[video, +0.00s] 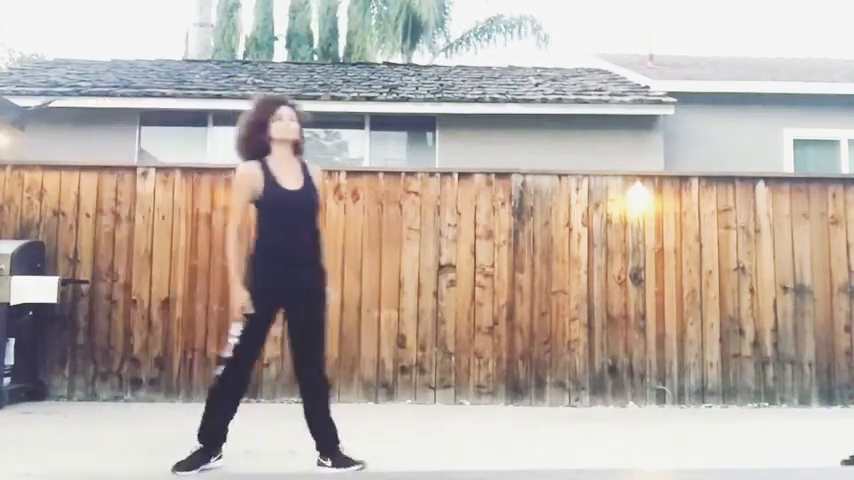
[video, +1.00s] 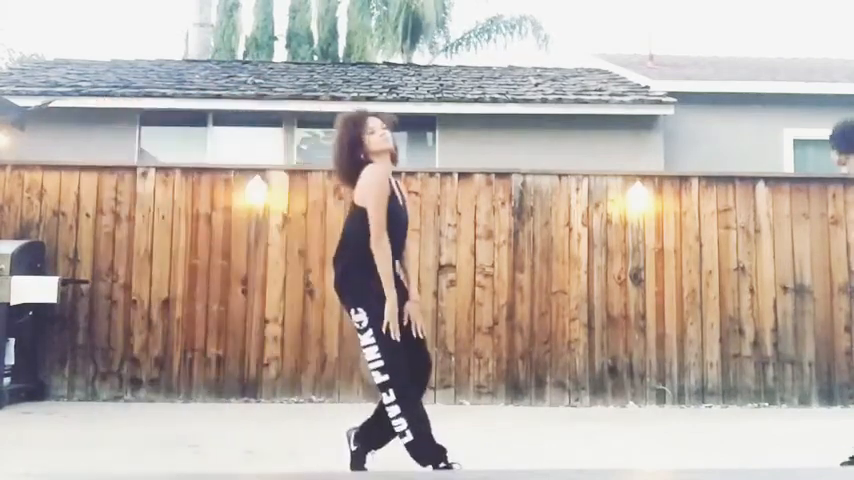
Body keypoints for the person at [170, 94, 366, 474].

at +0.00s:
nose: (288, 124)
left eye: (292, 119)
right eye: (280, 119)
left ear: (300, 128)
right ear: (264, 128)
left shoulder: (309, 170)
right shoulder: (251, 172)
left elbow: (313, 229)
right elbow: (235, 231)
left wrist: (319, 276)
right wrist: (237, 286)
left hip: (307, 279)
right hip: (266, 279)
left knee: (312, 367)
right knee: (238, 363)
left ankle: (328, 450)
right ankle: (210, 444)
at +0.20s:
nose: (323, 125)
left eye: (325, 120)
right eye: (314, 120)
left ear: (328, 128)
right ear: (297, 128)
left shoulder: (335, 170)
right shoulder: (286, 172)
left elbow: (339, 225)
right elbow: (260, 227)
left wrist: (361, 257)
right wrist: (294, 265)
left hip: (344, 275)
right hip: (309, 278)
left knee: (340, 366)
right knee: (295, 367)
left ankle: (333, 451)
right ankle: (255, 442)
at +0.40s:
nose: (344, 127)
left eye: (346, 122)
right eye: (335, 122)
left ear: (348, 129)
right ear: (318, 130)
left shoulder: (352, 170)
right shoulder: (308, 169)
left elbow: (356, 217)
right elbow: (278, 217)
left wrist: (369, 240)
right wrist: (325, 232)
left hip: (364, 272)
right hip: (334, 274)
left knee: (358, 357)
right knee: (363, 352)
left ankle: (336, 449)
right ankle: (361, 443)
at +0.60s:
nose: (358, 131)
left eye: (359, 126)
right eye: (348, 128)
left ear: (363, 133)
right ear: (333, 137)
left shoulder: (371, 176)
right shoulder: (333, 171)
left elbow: (378, 232)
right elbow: (315, 225)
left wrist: (389, 275)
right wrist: (357, 259)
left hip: (378, 274)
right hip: (347, 276)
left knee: (392, 357)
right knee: (386, 359)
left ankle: (347, 440)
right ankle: (431, 446)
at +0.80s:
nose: (370, 129)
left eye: (369, 124)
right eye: (360, 127)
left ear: (375, 131)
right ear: (347, 141)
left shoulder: (385, 178)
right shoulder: (356, 170)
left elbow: (393, 239)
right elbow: (357, 232)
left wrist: (406, 287)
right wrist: (382, 284)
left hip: (387, 276)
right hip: (360, 278)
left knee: (414, 362)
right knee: (390, 368)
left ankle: (362, 437)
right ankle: (433, 455)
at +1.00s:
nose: (385, 133)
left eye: (384, 128)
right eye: (375, 131)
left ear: (389, 135)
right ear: (362, 145)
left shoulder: (392, 178)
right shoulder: (375, 174)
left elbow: (396, 245)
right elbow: (377, 239)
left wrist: (410, 295)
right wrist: (390, 296)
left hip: (383, 278)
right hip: (360, 279)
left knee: (418, 362)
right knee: (391, 367)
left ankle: (366, 437)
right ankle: (431, 456)